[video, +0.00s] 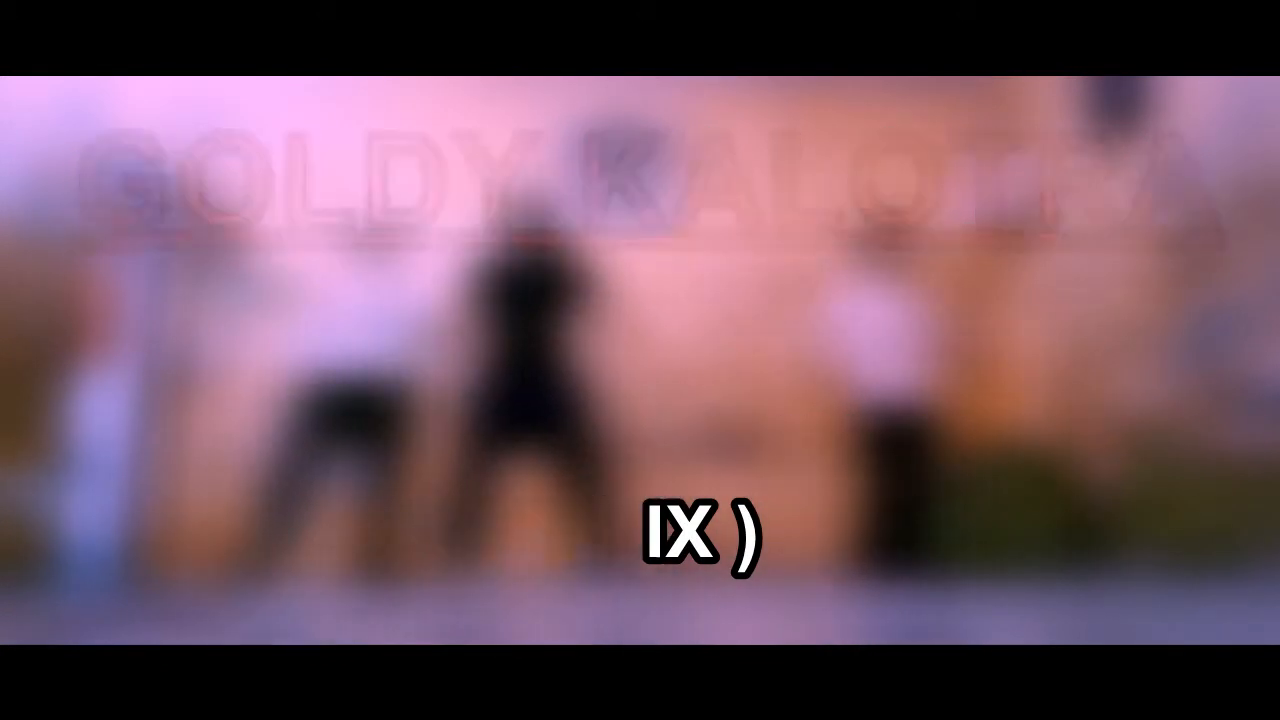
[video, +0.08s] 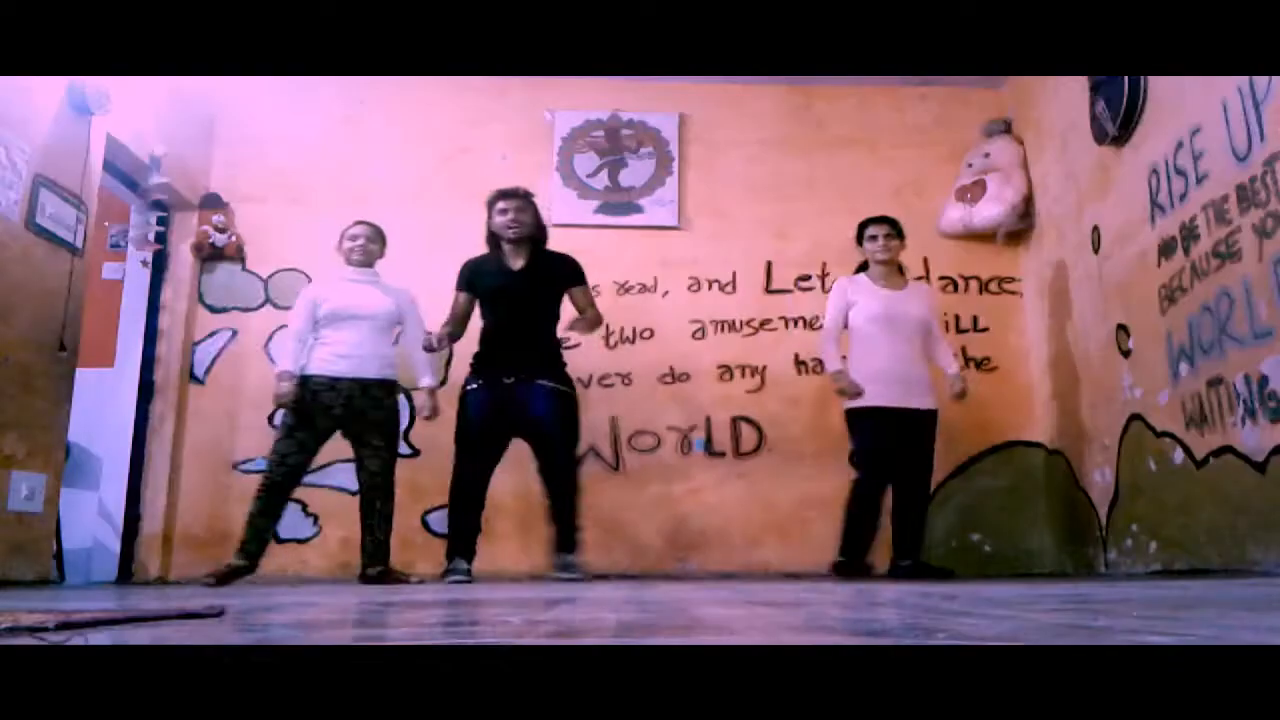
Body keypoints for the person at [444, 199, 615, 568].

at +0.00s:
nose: (531, 238)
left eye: (539, 228)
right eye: (522, 228)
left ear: (551, 231)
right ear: (511, 231)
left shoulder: (558, 269)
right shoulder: (500, 269)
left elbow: (575, 294)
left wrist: (551, 253)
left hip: (549, 384)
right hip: (506, 383)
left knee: (584, 463)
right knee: (475, 466)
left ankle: (599, 547)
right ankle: (461, 550)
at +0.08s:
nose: (512, 217)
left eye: (521, 211)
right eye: (503, 212)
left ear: (536, 220)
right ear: (490, 224)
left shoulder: (561, 266)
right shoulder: (477, 270)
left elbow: (592, 316)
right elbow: (457, 320)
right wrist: (445, 334)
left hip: (545, 382)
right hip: (488, 382)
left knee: (560, 472)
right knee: (470, 474)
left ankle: (566, 555)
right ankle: (459, 558)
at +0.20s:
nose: (499, 216)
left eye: (508, 210)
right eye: (490, 211)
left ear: (523, 220)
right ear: (478, 223)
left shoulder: (548, 265)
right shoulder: (462, 271)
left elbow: (585, 314)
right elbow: (444, 324)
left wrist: (569, 329)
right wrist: (435, 354)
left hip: (531, 381)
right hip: (477, 379)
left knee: (523, 473)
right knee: (458, 469)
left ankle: (507, 558)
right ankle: (454, 559)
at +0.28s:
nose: (495, 219)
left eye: (504, 214)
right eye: (487, 215)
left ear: (520, 225)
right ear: (475, 226)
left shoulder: (542, 272)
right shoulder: (457, 274)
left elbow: (579, 317)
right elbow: (437, 324)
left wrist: (578, 336)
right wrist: (422, 365)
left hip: (522, 385)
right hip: (467, 383)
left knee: (517, 476)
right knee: (451, 473)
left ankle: (507, 559)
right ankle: (452, 559)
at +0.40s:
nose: (494, 214)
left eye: (503, 209)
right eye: (485, 210)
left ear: (519, 222)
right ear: (473, 222)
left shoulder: (538, 266)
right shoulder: (452, 266)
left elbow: (575, 306)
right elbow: (426, 312)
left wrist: (585, 320)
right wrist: (418, 343)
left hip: (518, 383)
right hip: (462, 382)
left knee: (522, 476)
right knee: (448, 472)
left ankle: (508, 557)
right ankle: (449, 558)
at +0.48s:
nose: (493, 214)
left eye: (503, 210)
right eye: (485, 209)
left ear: (519, 221)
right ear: (472, 220)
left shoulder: (536, 263)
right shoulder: (450, 261)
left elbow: (576, 304)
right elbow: (420, 312)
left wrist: (603, 348)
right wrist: (430, 328)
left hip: (514, 381)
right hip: (461, 380)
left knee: (507, 470)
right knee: (443, 470)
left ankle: (499, 556)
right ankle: (438, 557)